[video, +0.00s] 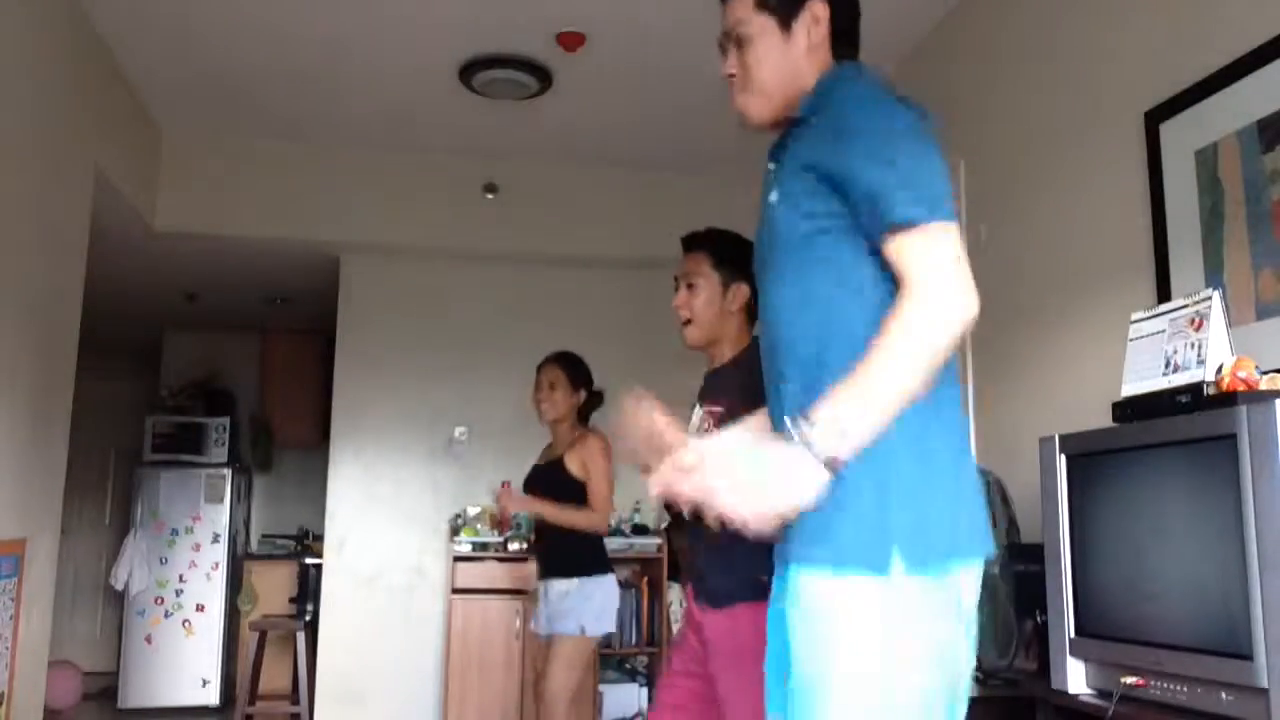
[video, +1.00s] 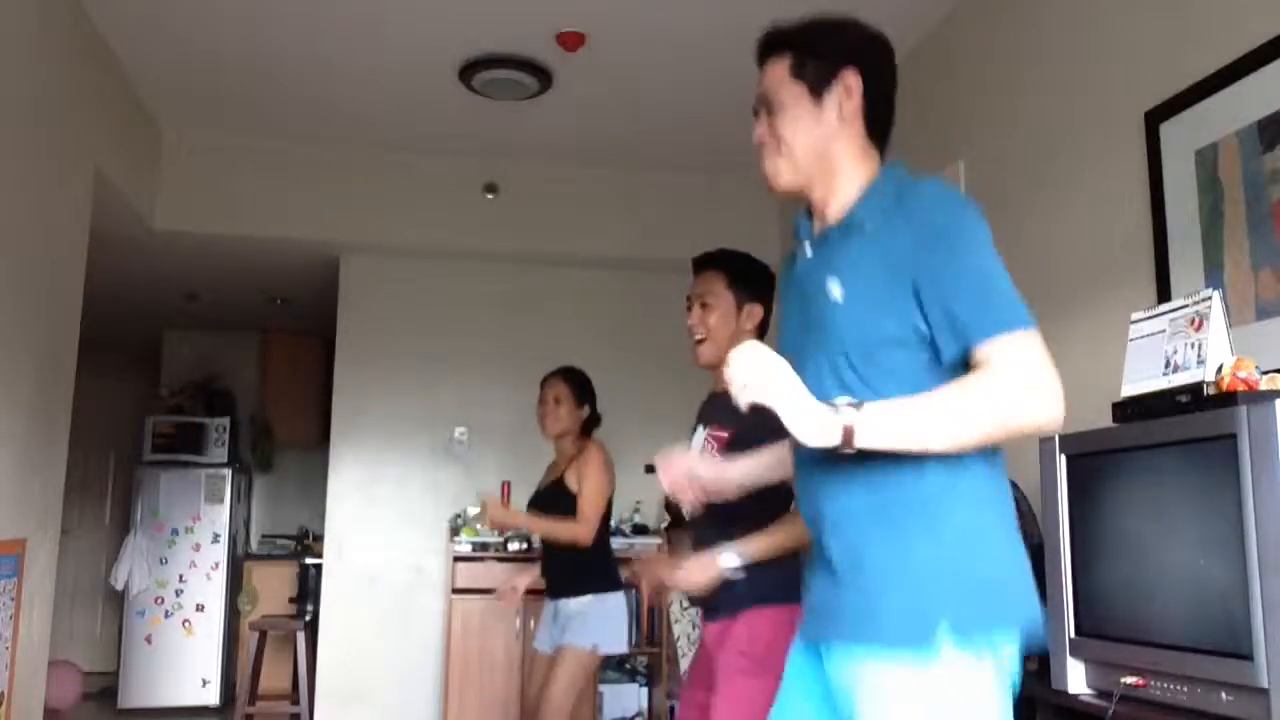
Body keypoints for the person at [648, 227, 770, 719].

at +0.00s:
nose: (677, 303)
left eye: (691, 286)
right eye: (678, 288)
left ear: (737, 296)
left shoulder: (764, 375)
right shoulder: (714, 383)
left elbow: (764, 499)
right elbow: (713, 493)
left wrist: (674, 454)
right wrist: (664, 456)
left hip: (751, 612)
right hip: (702, 607)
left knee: (750, 715)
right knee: (670, 715)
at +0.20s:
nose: (681, 325)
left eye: (696, 309)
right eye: (683, 311)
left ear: (742, 320)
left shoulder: (772, 401)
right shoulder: (714, 411)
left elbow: (800, 524)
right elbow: (713, 522)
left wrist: (697, 559)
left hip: (753, 631)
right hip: (707, 629)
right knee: (685, 714)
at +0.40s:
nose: (682, 303)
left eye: (695, 287)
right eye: (682, 288)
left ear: (743, 296)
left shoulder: (767, 376)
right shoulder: (711, 382)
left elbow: (775, 482)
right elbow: (716, 495)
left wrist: (684, 465)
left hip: (756, 608)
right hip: (710, 603)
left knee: (752, 712)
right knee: (670, 712)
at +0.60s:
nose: (690, 321)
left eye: (704, 305)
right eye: (691, 307)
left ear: (749, 318)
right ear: (742, 320)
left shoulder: (773, 402)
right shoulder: (731, 403)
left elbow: (786, 523)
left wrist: (701, 568)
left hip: (749, 627)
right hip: (715, 624)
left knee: (722, 711)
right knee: (693, 711)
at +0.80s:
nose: (689, 300)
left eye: (701, 284)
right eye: (688, 287)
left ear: (747, 291)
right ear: (742, 294)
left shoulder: (776, 370)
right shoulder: (722, 380)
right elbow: (730, 504)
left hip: (760, 610)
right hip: (709, 603)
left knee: (764, 712)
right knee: (673, 713)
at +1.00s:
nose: (691, 321)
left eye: (706, 306)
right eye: (690, 308)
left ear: (751, 316)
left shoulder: (777, 406)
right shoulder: (715, 408)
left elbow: (818, 511)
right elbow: (715, 525)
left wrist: (722, 559)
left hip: (766, 616)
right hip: (718, 617)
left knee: (734, 712)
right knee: (693, 712)